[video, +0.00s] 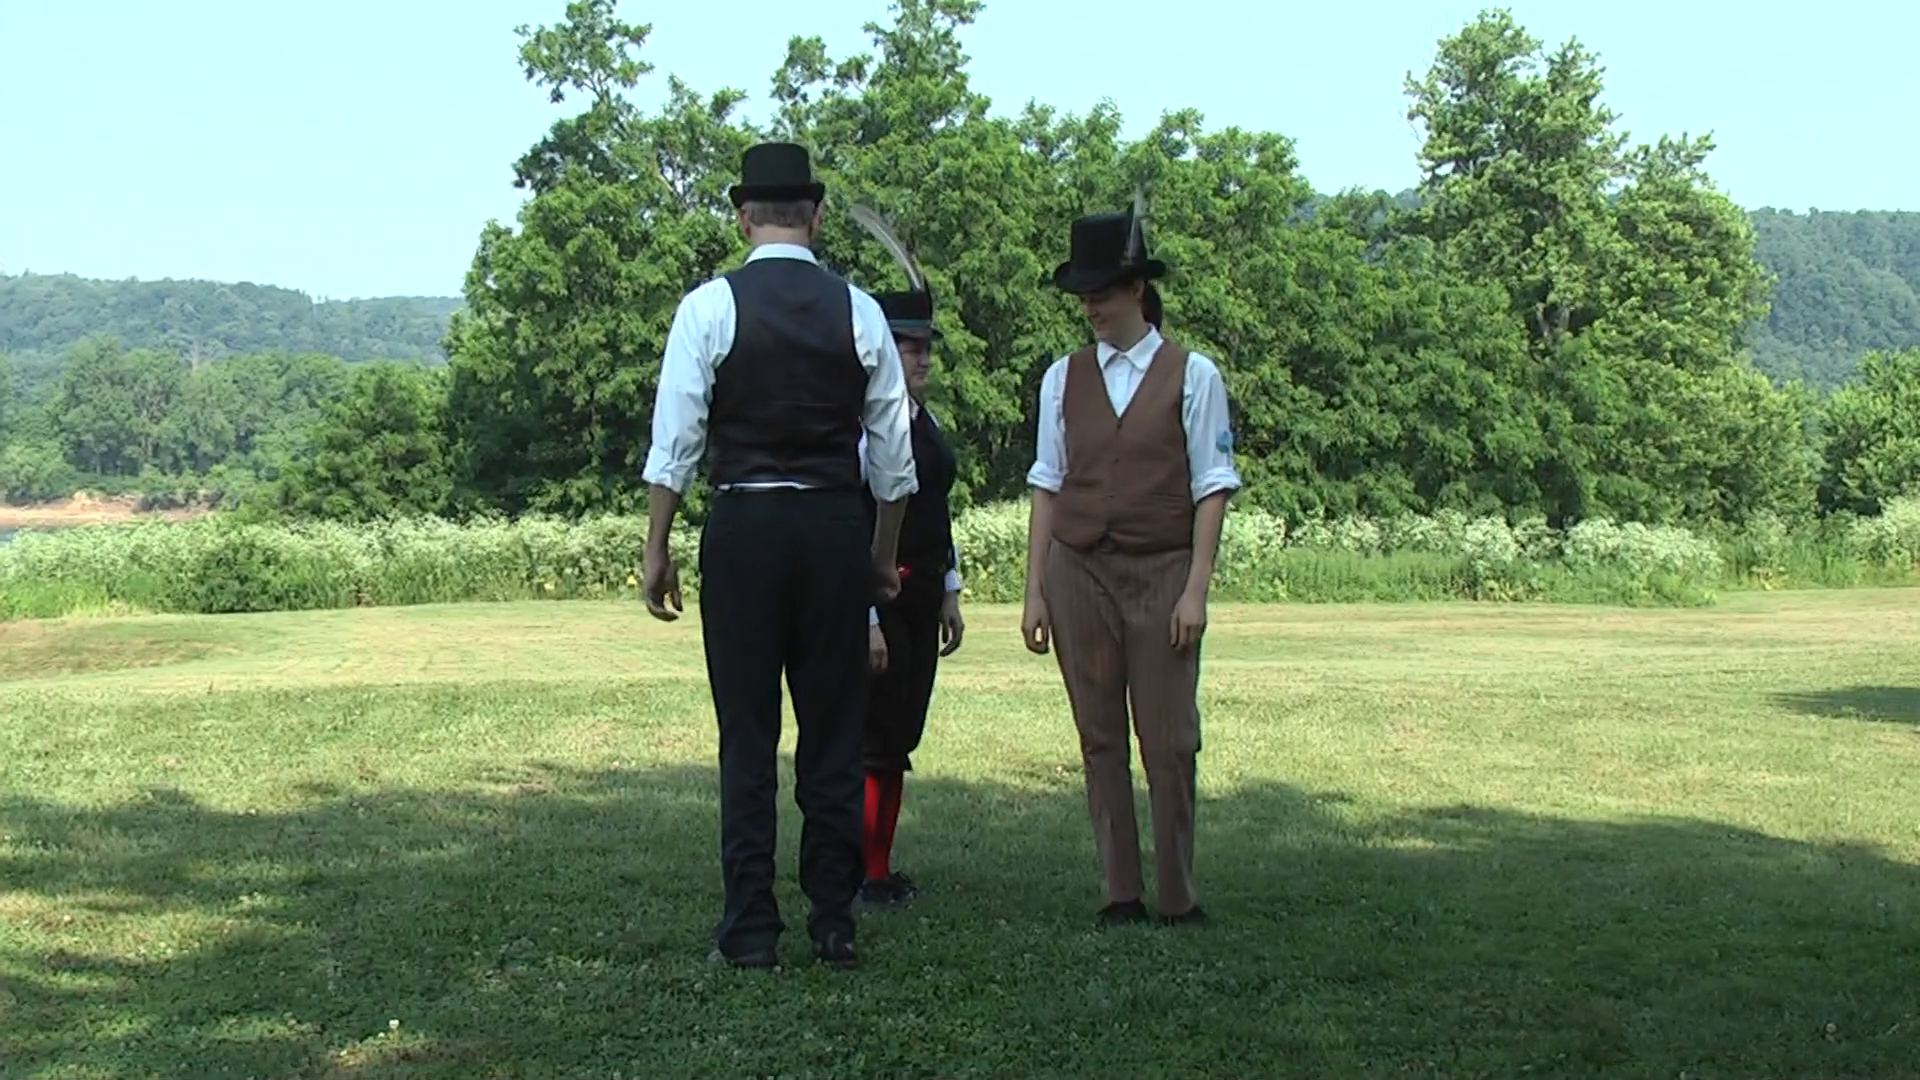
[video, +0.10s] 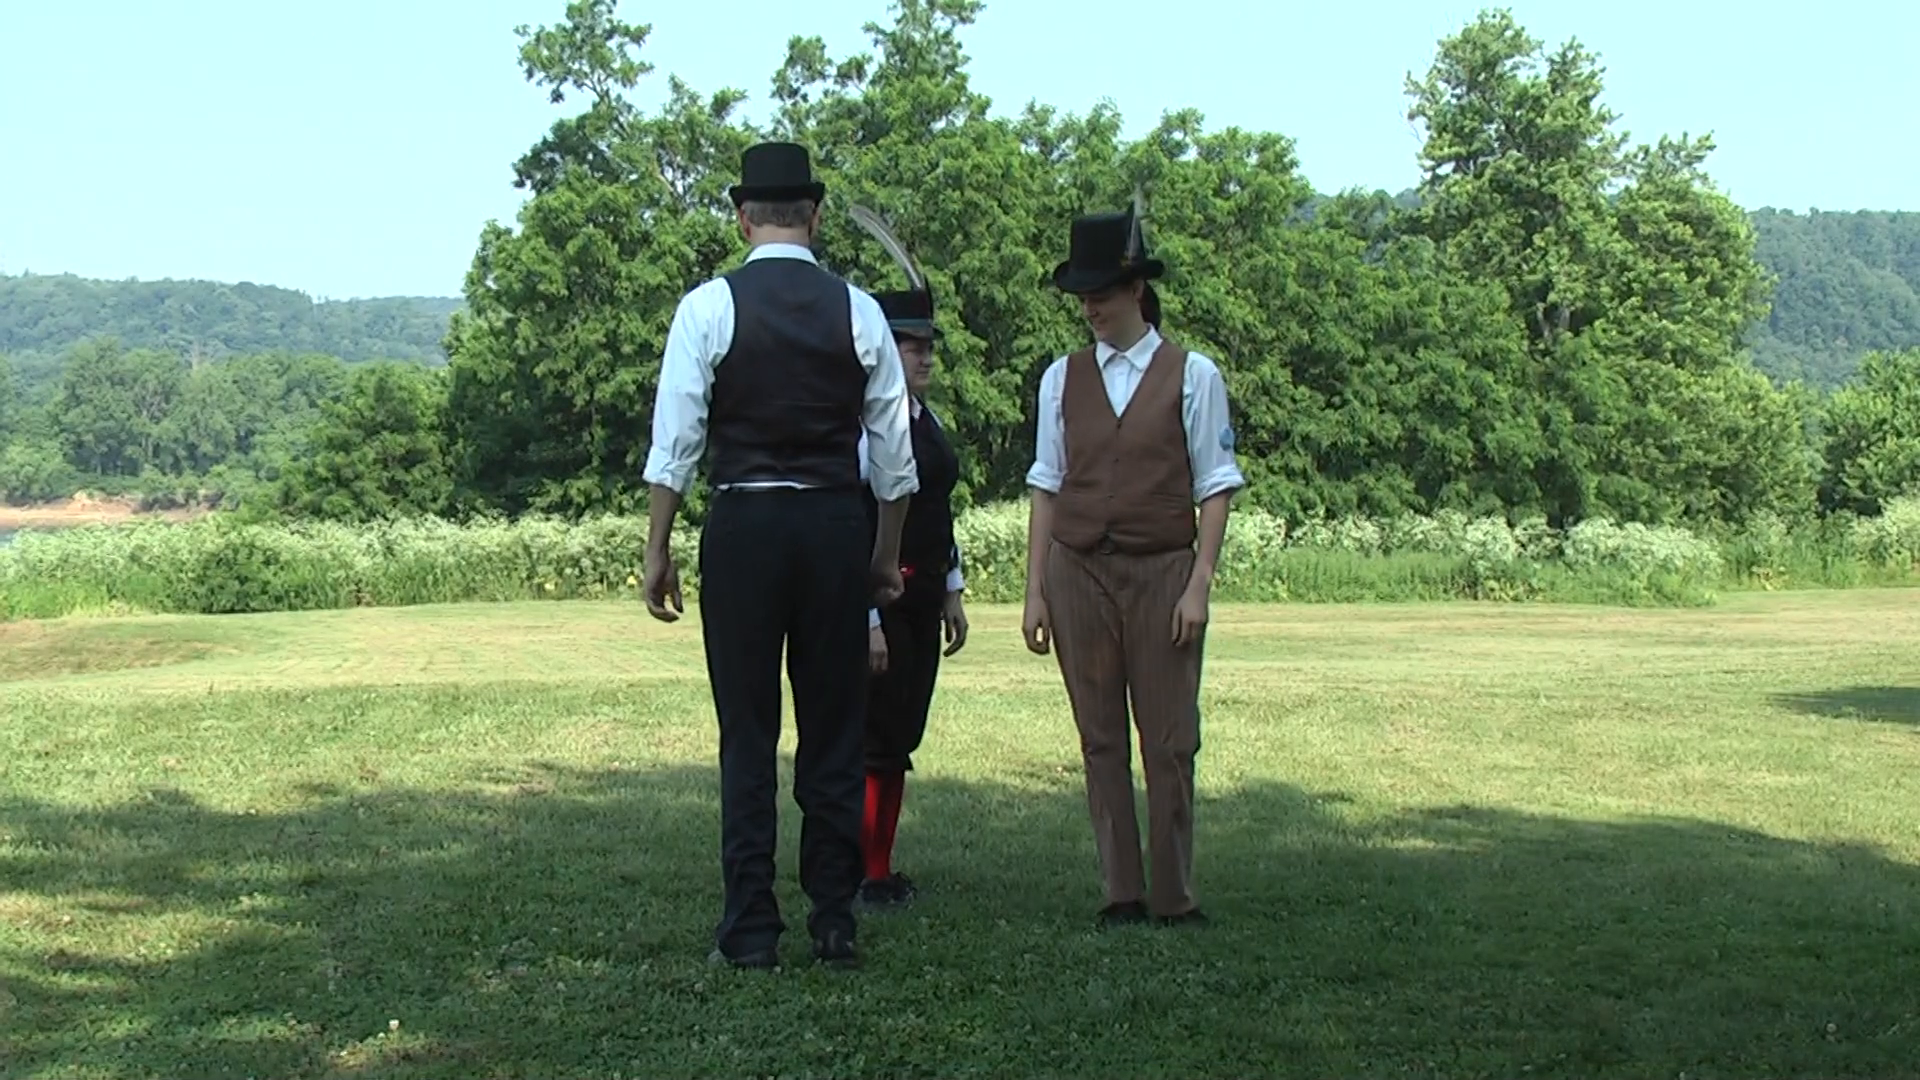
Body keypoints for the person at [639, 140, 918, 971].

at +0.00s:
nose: (772, 222)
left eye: (749, 211)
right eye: (803, 210)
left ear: (742, 215)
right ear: (815, 214)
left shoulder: (710, 305)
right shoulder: (859, 309)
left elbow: (676, 433)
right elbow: (892, 441)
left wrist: (656, 545)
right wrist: (886, 545)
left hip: (742, 535)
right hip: (836, 533)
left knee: (745, 738)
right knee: (833, 733)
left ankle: (749, 929)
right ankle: (835, 923)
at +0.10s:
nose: (757, 222)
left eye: (745, 211)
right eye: (799, 211)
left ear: (742, 216)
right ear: (814, 214)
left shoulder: (709, 305)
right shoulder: (859, 310)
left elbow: (676, 434)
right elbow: (892, 442)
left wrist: (657, 547)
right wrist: (889, 547)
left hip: (741, 535)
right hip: (837, 533)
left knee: (745, 737)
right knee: (833, 733)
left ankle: (749, 928)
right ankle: (836, 922)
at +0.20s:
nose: (756, 223)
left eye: (746, 213)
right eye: (796, 213)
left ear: (741, 218)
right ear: (814, 217)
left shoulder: (708, 308)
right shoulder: (858, 312)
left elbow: (675, 435)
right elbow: (893, 445)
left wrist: (656, 549)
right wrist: (889, 552)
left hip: (740, 536)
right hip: (835, 534)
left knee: (744, 739)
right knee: (831, 737)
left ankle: (749, 930)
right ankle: (834, 923)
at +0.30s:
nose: (756, 224)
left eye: (747, 214)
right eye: (796, 214)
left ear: (742, 220)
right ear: (816, 219)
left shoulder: (709, 310)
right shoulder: (859, 315)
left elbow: (676, 437)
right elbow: (893, 446)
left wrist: (656, 550)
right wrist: (890, 553)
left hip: (740, 538)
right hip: (834, 537)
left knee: (743, 742)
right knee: (831, 739)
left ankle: (748, 931)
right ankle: (834, 923)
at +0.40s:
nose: (757, 223)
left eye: (747, 213)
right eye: (798, 212)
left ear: (742, 219)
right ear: (815, 218)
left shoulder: (707, 309)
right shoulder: (858, 314)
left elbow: (672, 434)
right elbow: (892, 446)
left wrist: (653, 547)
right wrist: (889, 553)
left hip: (738, 538)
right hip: (833, 536)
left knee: (741, 740)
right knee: (830, 738)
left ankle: (748, 930)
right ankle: (834, 922)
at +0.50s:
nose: (753, 222)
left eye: (745, 212)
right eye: (797, 212)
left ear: (742, 218)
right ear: (814, 216)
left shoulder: (708, 307)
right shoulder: (859, 312)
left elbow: (671, 432)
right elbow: (893, 445)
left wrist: (650, 544)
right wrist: (890, 551)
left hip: (738, 537)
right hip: (834, 535)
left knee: (741, 741)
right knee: (831, 737)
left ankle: (748, 929)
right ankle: (835, 923)